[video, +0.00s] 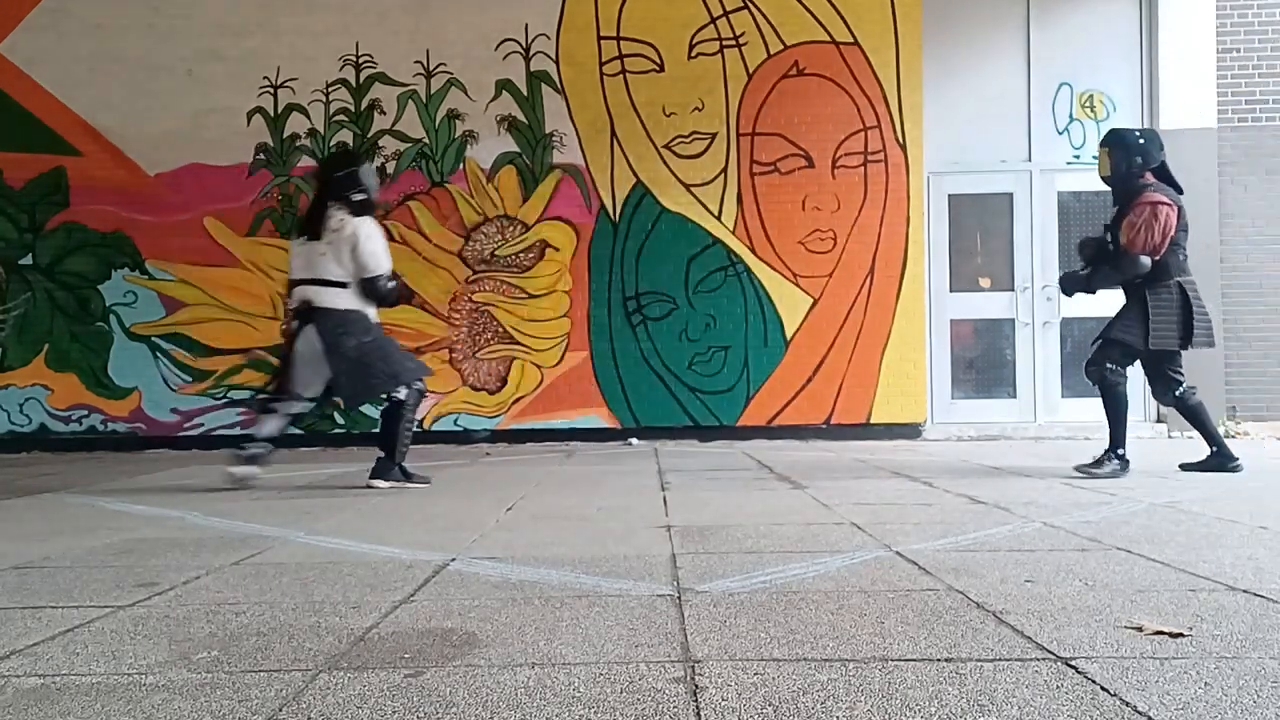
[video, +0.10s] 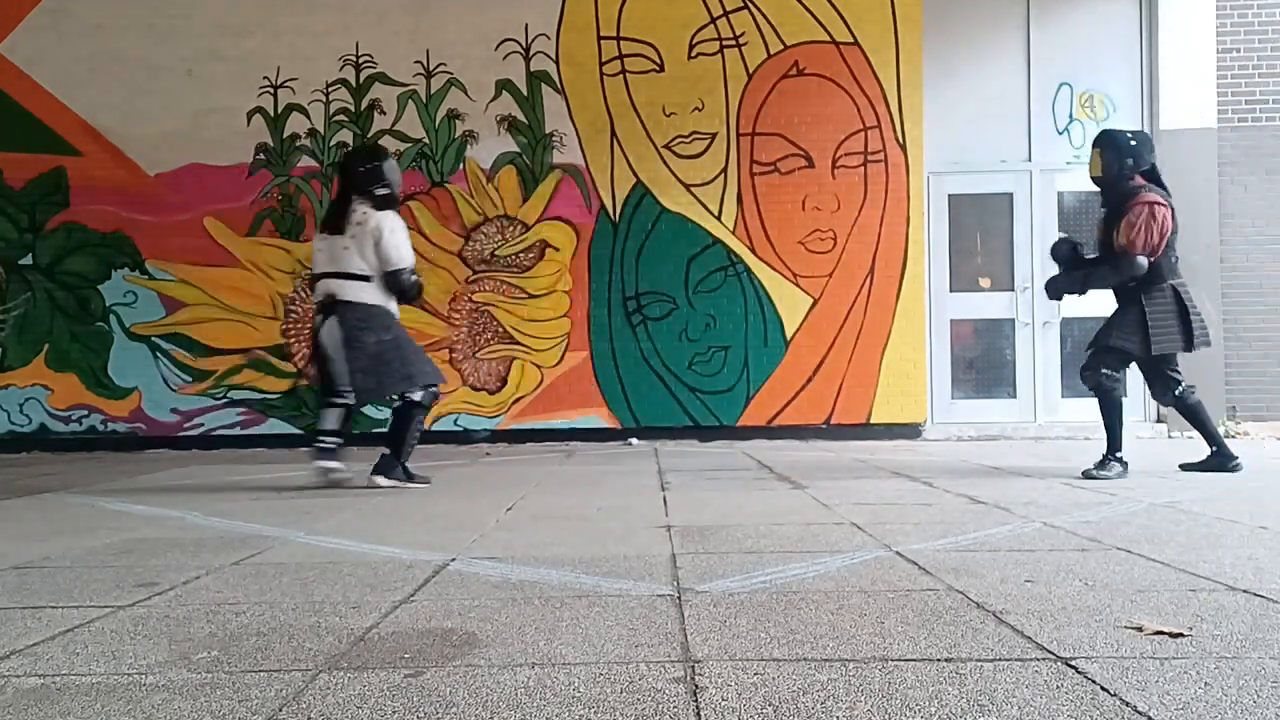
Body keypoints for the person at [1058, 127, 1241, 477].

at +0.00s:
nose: (1104, 166)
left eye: (1110, 158)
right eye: (1104, 158)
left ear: (1135, 161)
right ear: (1139, 162)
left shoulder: (1151, 203)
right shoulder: (1140, 198)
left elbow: (1135, 264)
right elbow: (1131, 250)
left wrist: (1085, 280)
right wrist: (1101, 252)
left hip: (1158, 299)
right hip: (1160, 298)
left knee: (1106, 365)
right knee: (1170, 386)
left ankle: (1116, 455)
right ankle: (1222, 452)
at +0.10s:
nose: (1093, 166)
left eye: (1100, 158)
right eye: (1094, 158)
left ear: (1125, 162)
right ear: (1125, 164)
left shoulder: (1146, 206)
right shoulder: (1121, 202)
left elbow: (1132, 265)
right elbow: (1113, 259)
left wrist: (1074, 280)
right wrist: (1080, 260)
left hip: (1152, 303)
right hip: (1145, 302)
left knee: (1102, 369)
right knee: (1167, 385)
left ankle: (1114, 458)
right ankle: (1222, 452)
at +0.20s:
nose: (1081, 166)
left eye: (1088, 158)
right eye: (1081, 158)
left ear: (1113, 162)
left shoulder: (1139, 202)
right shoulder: (1100, 208)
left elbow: (1139, 265)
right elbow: (1086, 265)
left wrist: (1082, 283)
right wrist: (1047, 270)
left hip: (1137, 299)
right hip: (1120, 299)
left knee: (1090, 375)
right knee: (1140, 390)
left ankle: (1114, 459)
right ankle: (1209, 440)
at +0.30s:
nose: (1068, 167)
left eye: (1075, 159)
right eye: (1067, 159)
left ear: (1099, 160)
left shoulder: (1132, 200)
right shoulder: (1075, 211)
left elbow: (1148, 257)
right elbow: (1063, 260)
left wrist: (1102, 281)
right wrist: (1046, 288)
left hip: (1123, 299)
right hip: (1090, 302)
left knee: (1089, 378)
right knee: (1077, 383)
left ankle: (1115, 459)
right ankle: (1150, 421)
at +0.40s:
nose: (1048, 170)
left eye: (1055, 162)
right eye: (1048, 162)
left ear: (1079, 164)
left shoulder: (1121, 201)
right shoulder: (1053, 219)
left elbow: (1146, 252)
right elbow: (1050, 271)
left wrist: (1107, 287)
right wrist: (1049, 303)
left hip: (1110, 304)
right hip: (1071, 307)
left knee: (1089, 383)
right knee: (1018, 366)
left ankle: (1112, 459)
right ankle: (1053, 434)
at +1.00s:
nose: (1026, 173)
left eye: (1034, 165)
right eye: (1026, 165)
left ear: (1060, 169)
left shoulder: (1095, 209)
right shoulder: (1031, 226)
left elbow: (1098, 270)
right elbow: (1031, 281)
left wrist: (1041, 300)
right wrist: (1006, 281)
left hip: (1094, 315)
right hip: (1049, 317)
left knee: (1125, 397)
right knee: (992, 371)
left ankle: (1180, 462)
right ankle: (970, 456)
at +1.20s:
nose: (1010, 175)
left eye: (1017, 167)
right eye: (1009, 167)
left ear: (1043, 169)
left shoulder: (1076, 211)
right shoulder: (1015, 227)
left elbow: (1077, 273)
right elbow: (1014, 283)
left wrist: (1017, 299)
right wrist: (986, 276)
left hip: (1077, 315)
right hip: (1034, 319)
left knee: (1116, 397)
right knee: (975, 370)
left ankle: (1178, 461)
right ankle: (972, 457)